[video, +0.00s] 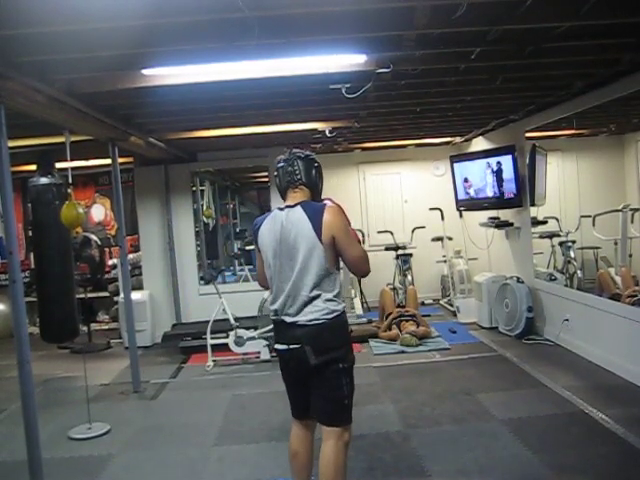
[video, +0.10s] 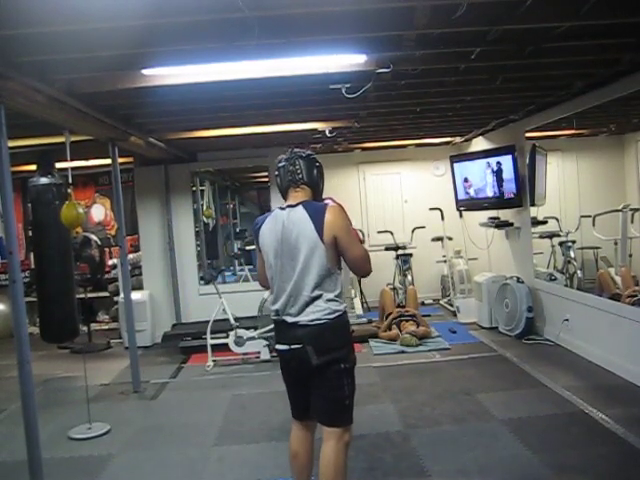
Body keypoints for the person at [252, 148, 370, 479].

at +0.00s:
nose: (319, 182)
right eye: (317, 177)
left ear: (279, 184)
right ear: (313, 179)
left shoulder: (264, 226)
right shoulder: (327, 213)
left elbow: (263, 280)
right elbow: (361, 268)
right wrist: (353, 241)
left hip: (285, 337)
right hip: (327, 336)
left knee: (301, 422)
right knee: (335, 430)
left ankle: (300, 476)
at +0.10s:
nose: (320, 182)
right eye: (319, 177)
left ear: (280, 184)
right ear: (315, 179)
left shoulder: (265, 226)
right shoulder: (329, 213)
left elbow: (265, 280)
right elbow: (362, 267)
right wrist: (354, 238)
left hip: (286, 337)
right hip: (328, 336)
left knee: (301, 423)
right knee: (336, 431)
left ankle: (300, 476)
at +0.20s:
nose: (322, 182)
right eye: (320, 177)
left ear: (282, 184)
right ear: (317, 179)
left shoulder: (266, 225)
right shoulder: (331, 213)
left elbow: (266, 280)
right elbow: (365, 267)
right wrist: (352, 235)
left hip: (288, 339)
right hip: (330, 337)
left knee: (302, 423)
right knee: (336, 432)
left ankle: (300, 476)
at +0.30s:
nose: (324, 182)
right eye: (322, 177)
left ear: (284, 184)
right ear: (319, 179)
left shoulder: (268, 225)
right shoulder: (334, 213)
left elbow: (267, 281)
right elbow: (368, 267)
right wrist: (345, 232)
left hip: (290, 339)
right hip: (334, 338)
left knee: (303, 424)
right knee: (337, 433)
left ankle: (301, 477)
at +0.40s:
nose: (325, 185)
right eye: (324, 179)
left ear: (284, 186)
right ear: (321, 181)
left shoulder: (270, 226)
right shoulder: (337, 214)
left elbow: (267, 281)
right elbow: (370, 269)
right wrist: (347, 240)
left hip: (291, 340)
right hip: (335, 338)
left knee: (304, 423)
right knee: (337, 431)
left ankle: (301, 476)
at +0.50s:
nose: (326, 186)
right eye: (324, 181)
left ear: (286, 186)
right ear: (321, 182)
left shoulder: (270, 227)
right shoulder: (336, 213)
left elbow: (263, 280)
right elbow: (370, 268)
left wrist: (292, 254)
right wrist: (347, 240)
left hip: (290, 340)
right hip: (333, 338)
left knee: (303, 423)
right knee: (336, 432)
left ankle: (301, 476)